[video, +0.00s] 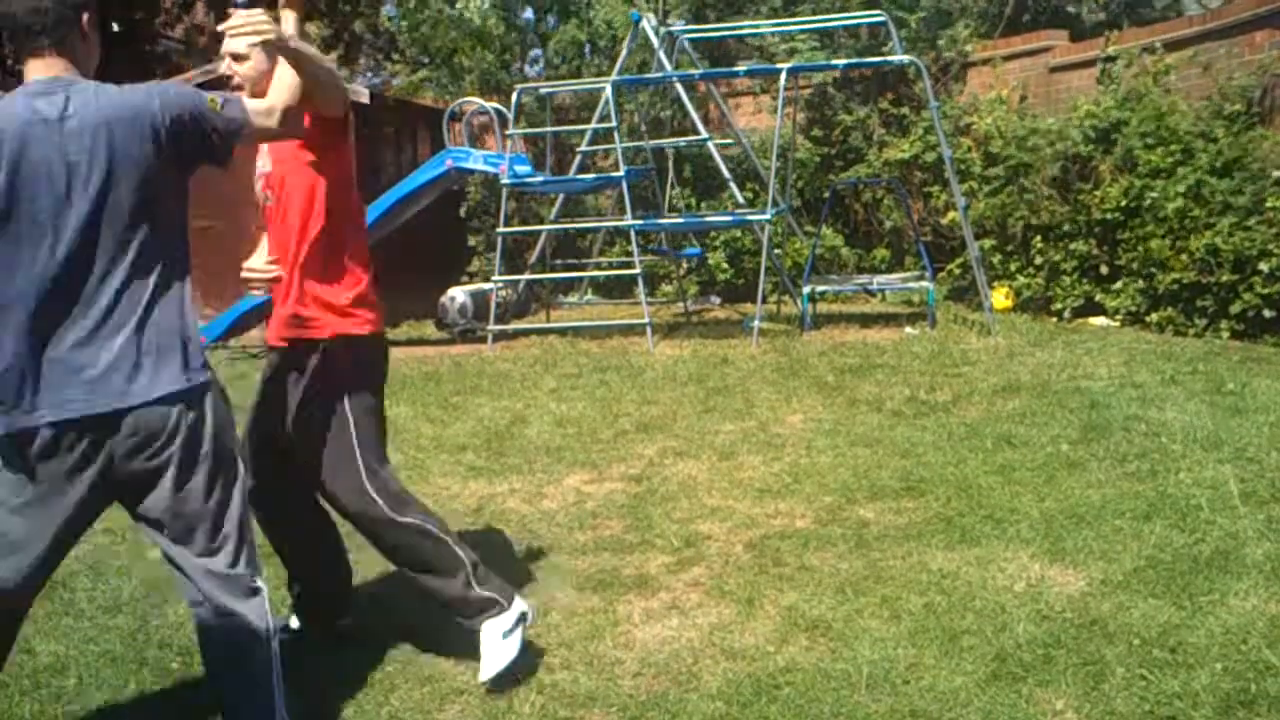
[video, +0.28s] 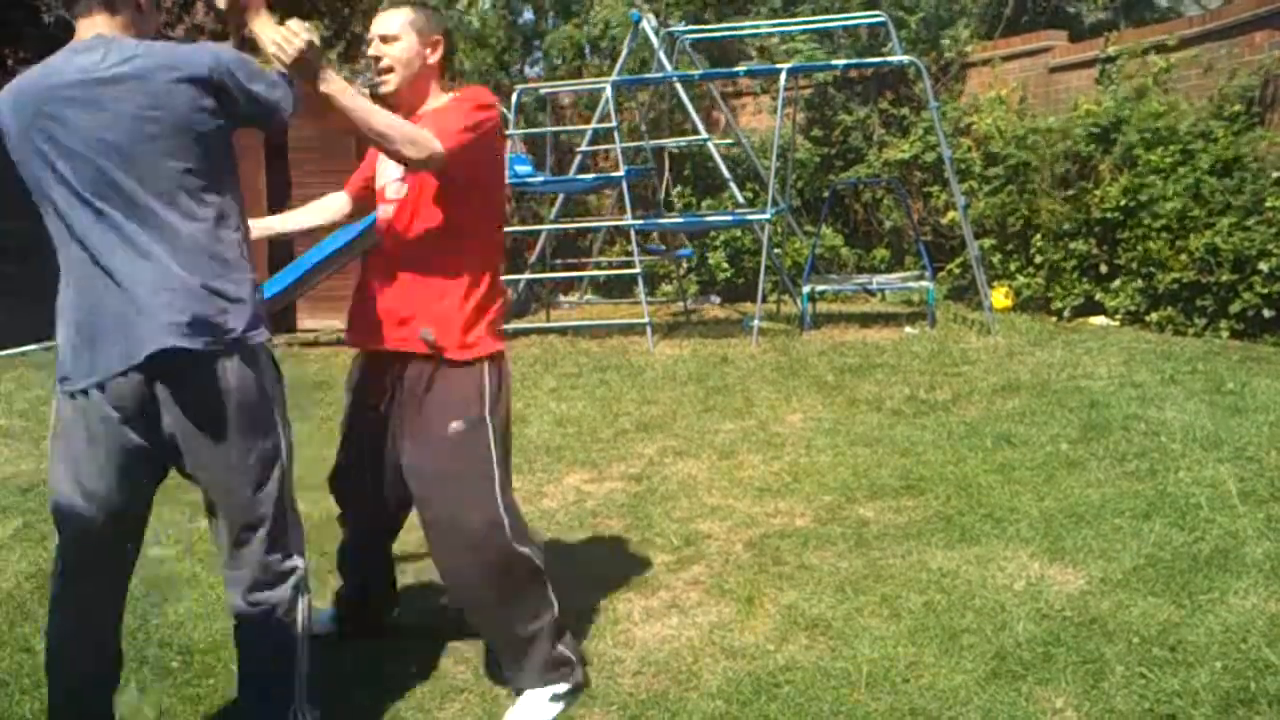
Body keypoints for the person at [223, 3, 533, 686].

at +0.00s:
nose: (232, 67)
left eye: (243, 53)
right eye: (227, 55)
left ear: (278, 54)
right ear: (230, 61)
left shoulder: (318, 114)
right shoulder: (263, 129)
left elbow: (330, 93)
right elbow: (296, 225)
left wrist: (289, 44)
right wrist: (271, 264)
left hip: (343, 338)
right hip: (296, 341)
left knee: (354, 482)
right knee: (273, 482)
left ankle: (492, 608)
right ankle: (322, 613)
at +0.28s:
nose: (373, 54)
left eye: (387, 40)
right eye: (369, 45)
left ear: (432, 48)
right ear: (377, 58)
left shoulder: (474, 106)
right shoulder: (391, 133)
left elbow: (421, 147)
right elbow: (343, 203)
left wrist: (321, 76)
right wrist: (253, 227)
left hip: (455, 353)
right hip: (385, 352)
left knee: (472, 527)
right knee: (361, 495)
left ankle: (547, 670)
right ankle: (364, 609)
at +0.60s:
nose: (497, 65)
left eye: (513, 54)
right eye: (495, 53)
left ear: (561, 66)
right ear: (493, 62)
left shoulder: (615, 144)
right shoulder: (487, 138)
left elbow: (686, 236)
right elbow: (419, 212)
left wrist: (649, 286)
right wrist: (346, 227)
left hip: (610, 371)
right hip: (528, 367)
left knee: (640, 530)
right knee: (497, 500)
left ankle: (720, 685)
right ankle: (531, 610)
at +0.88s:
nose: (584, 26)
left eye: (589, 11)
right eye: (580, 15)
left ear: (632, 8)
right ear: (656, 14)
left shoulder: (653, 47)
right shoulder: (698, 85)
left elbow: (575, 54)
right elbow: (678, 208)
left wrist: (457, 11)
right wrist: (600, 175)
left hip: (701, 317)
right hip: (737, 314)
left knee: (659, 511)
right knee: (701, 505)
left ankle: (733, 701)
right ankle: (742, 694)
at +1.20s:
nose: (771, 83)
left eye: (776, 65)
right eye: (769, 67)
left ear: (824, 55)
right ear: (837, 55)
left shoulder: (843, 115)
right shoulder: (916, 111)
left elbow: (823, 243)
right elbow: (876, 218)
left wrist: (767, 207)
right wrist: (797, 155)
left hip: (879, 396)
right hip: (966, 388)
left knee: (758, 564)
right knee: (1056, 543)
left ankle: (731, 705)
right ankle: (1237, 679)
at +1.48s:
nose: (957, 74)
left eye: (961, 54)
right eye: (953, 58)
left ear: (1008, 37)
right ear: (1025, 35)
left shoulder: (1025, 96)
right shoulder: (1123, 91)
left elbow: (1001, 237)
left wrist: (940, 176)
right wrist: (977, 163)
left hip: (1088, 381)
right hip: (1175, 373)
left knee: (964, 543)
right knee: (1188, 568)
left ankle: (1045, 702)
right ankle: (1267, 698)